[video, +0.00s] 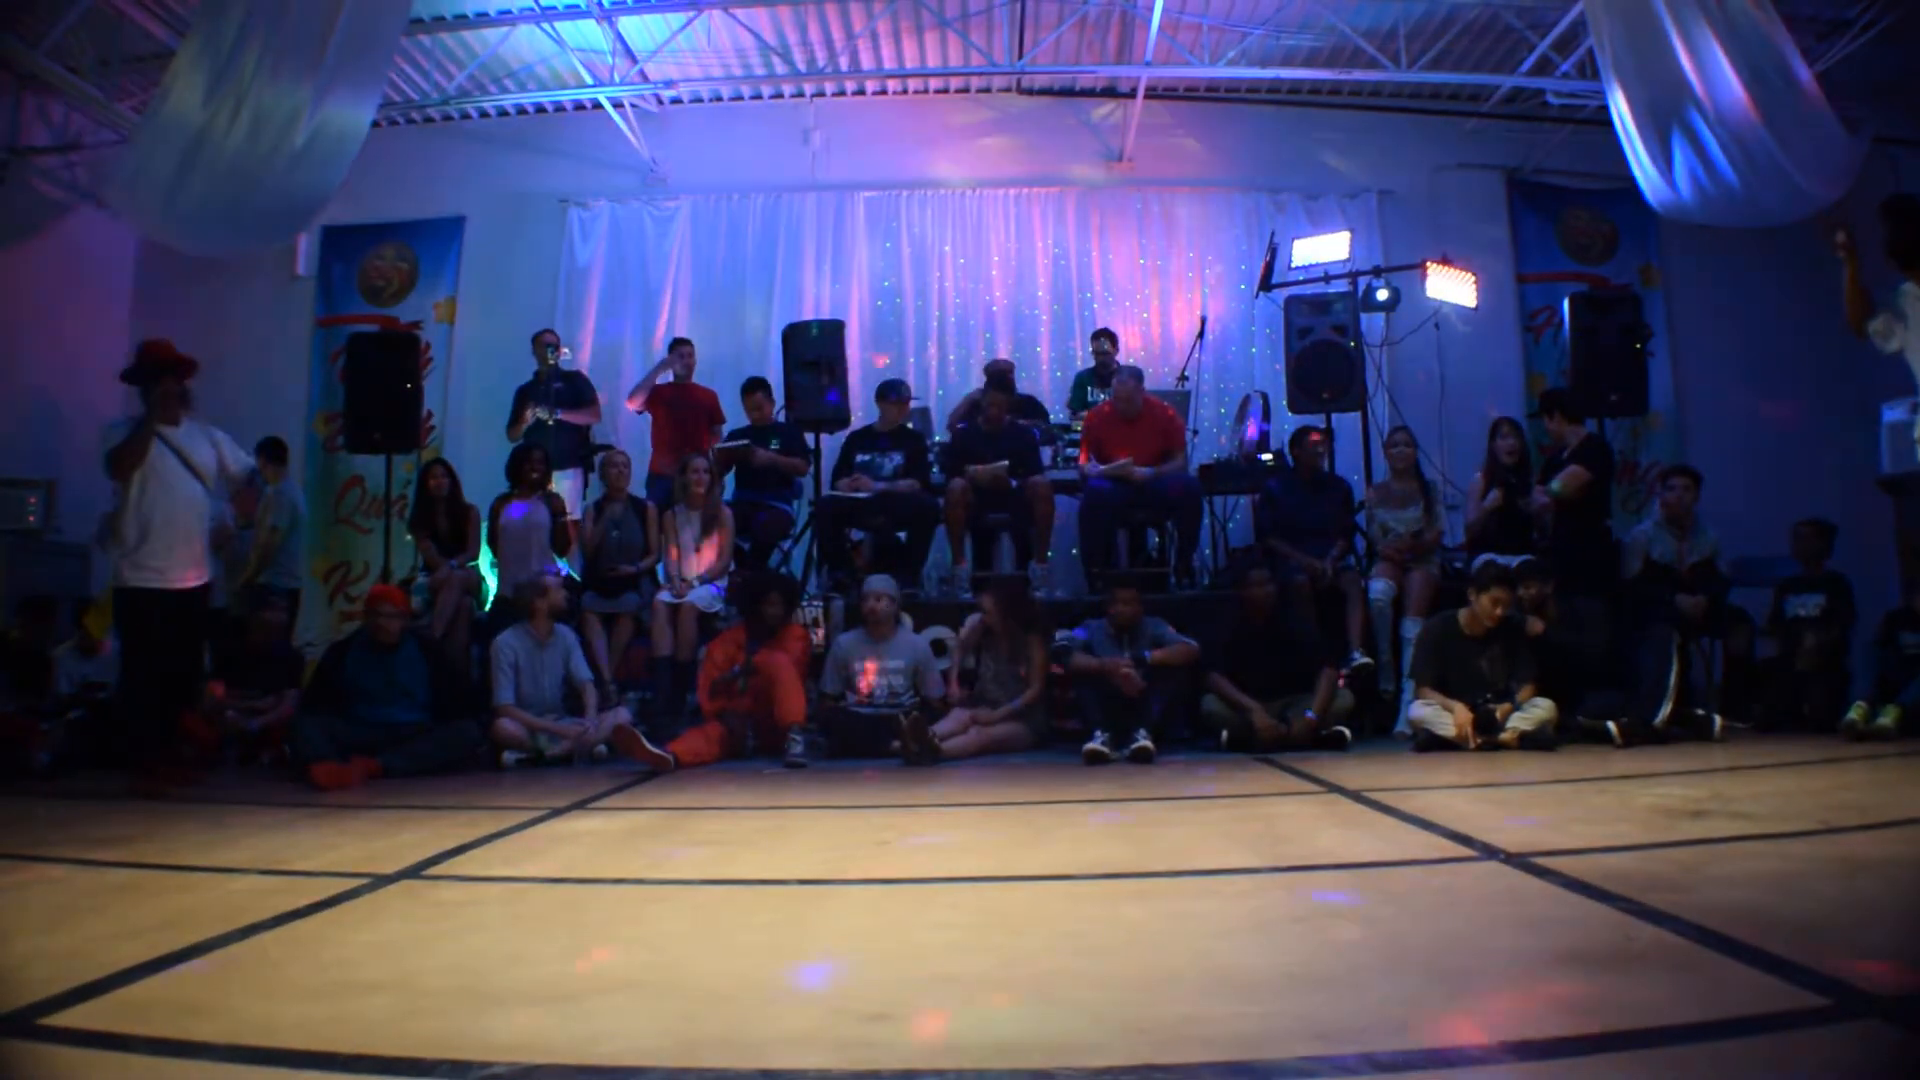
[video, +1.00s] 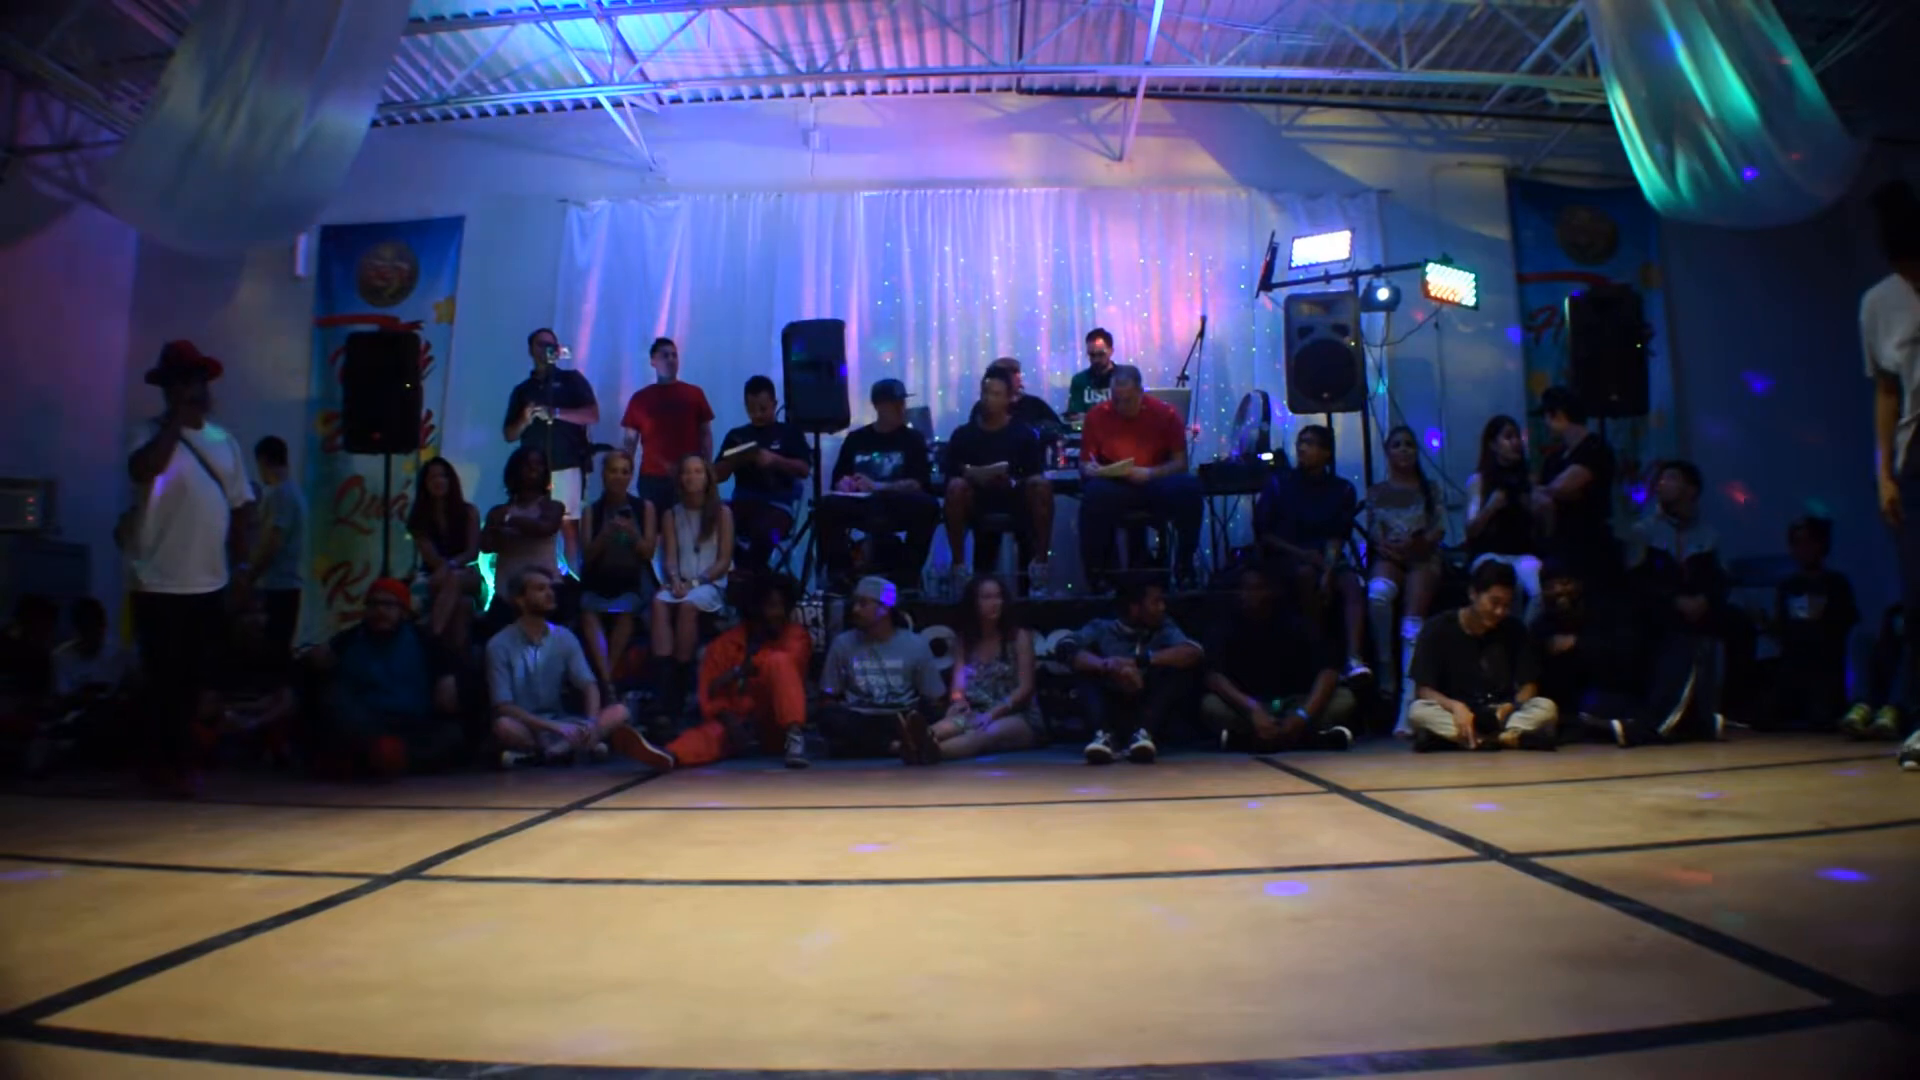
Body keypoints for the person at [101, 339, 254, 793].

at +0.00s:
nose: (178, 391)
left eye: (181, 383)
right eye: (167, 384)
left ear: (186, 388)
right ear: (147, 390)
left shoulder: (208, 437)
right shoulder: (128, 434)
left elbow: (250, 476)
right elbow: (119, 470)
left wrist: (241, 510)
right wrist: (152, 421)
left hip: (193, 583)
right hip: (141, 583)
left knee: (186, 680)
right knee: (143, 681)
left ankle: (183, 760)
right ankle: (143, 765)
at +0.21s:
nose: (169, 393)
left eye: (174, 385)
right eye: (159, 386)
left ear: (186, 387)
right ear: (143, 391)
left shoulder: (210, 439)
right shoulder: (129, 434)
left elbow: (234, 500)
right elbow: (116, 470)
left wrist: (228, 543)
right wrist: (150, 422)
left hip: (193, 585)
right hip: (141, 584)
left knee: (186, 682)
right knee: (143, 682)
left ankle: (179, 761)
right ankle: (143, 766)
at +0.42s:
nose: (173, 396)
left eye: (179, 388)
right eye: (164, 389)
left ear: (191, 391)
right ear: (148, 393)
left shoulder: (212, 441)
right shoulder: (135, 434)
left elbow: (233, 506)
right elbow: (119, 471)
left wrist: (221, 559)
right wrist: (155, 422)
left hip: (194, 585)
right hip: (143, 584)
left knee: (185, 681)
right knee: (144, 681)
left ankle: (177, 761)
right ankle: (143, 764)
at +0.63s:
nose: (179, 395)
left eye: (187, 387)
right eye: (171, 388)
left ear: (200, 391)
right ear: (159, 392)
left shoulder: (219, 444)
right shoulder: (144, 435)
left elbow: (236, 508)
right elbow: (128, 471)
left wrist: (240, 567)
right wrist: (163, 425)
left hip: (201, 581)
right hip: (151, 578)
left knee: (192, 676)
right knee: (157, 674)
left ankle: (183, 760)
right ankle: (150, 761)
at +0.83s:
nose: (189, 393)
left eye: (195, 385)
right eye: (179, 385)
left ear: (205, 389)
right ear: (163, 390)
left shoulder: (222, 443)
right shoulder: (147, 432)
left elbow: (239, 509)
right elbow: (134, 471)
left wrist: (239, 570)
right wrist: (169, 425)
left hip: (203, 583)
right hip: (154, 581)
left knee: (193, 682)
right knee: (163, 679)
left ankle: (185, 765)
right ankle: (161, 766)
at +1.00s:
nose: (199, 392)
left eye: (203, 383)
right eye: (188, 385)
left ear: (209, 389)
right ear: (167, 391)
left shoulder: (223, 442)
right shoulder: (148, 434)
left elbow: (243, 507)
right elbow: (144, 471)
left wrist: (241, 569)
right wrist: (177, 420)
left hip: (209, 588)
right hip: (160, 588)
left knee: (202, 685)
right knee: (165, 684)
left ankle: (194, 766)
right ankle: (164, 767)